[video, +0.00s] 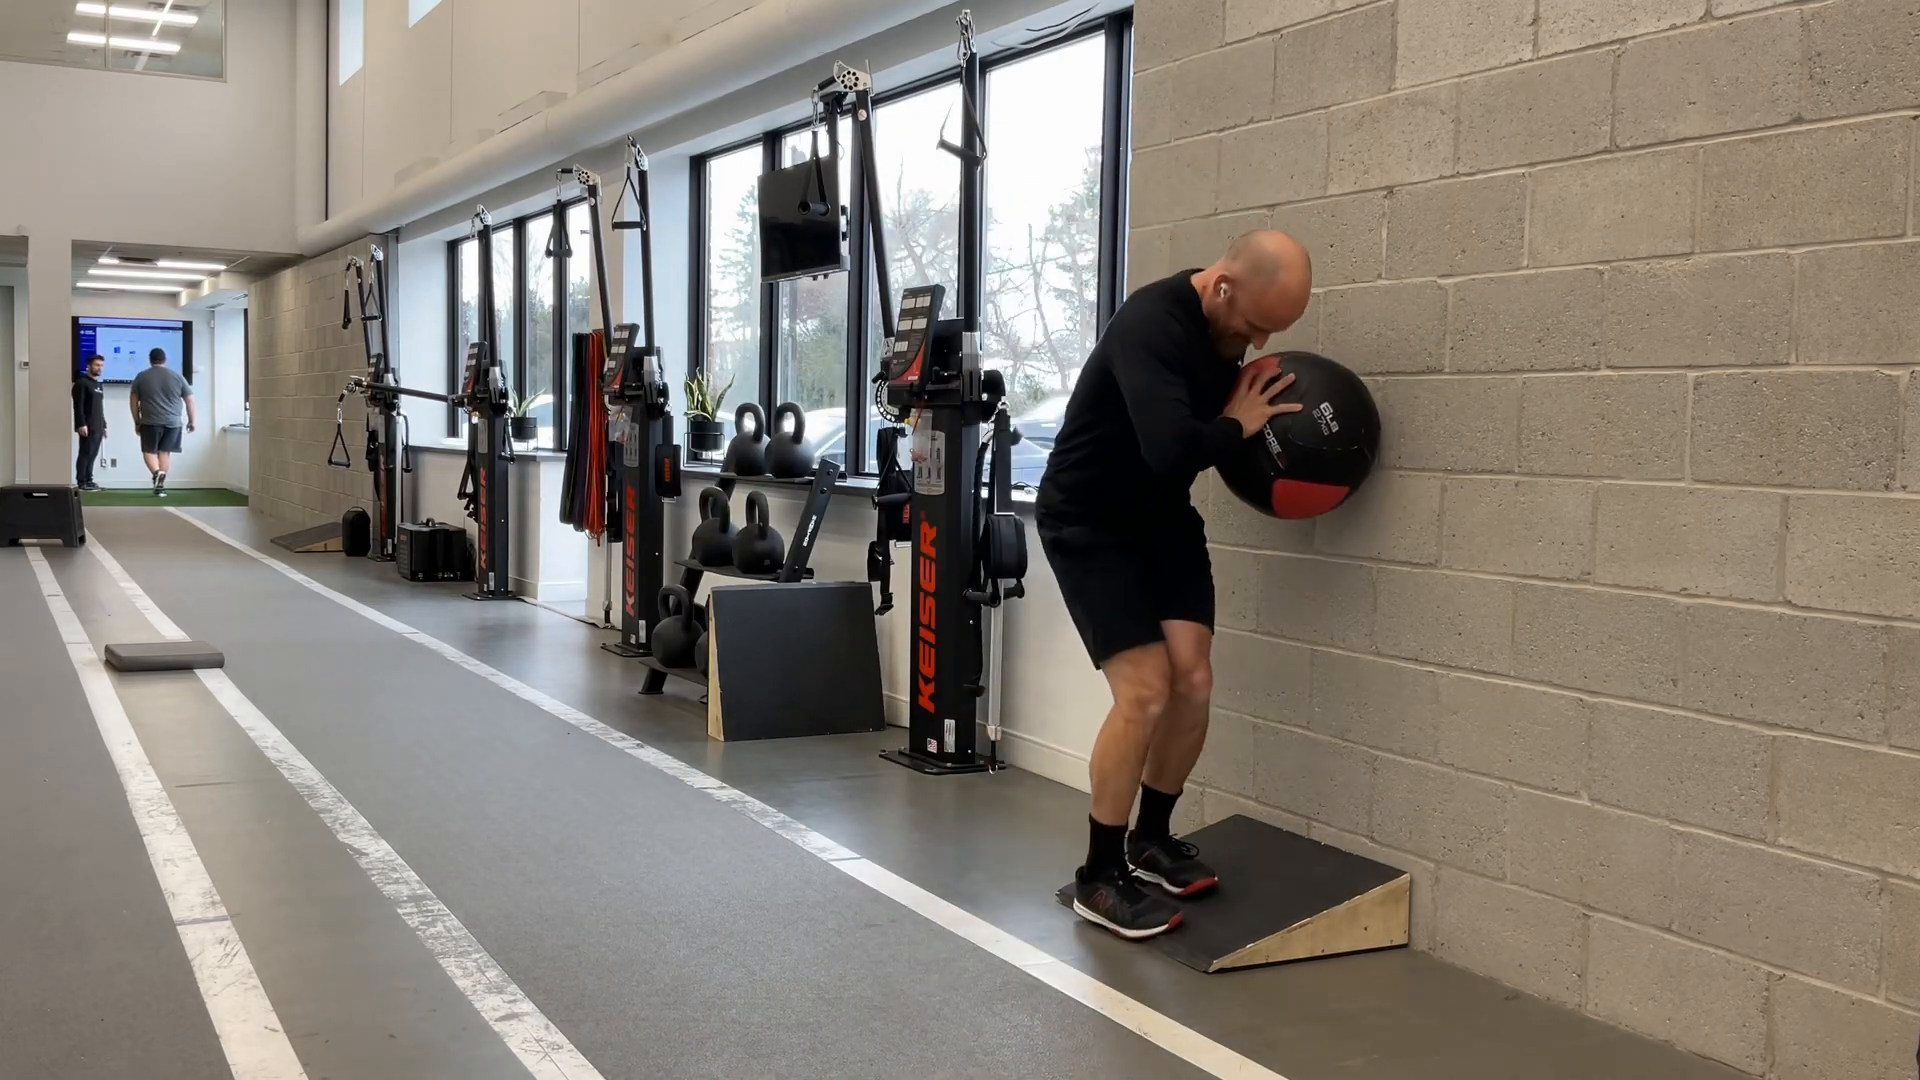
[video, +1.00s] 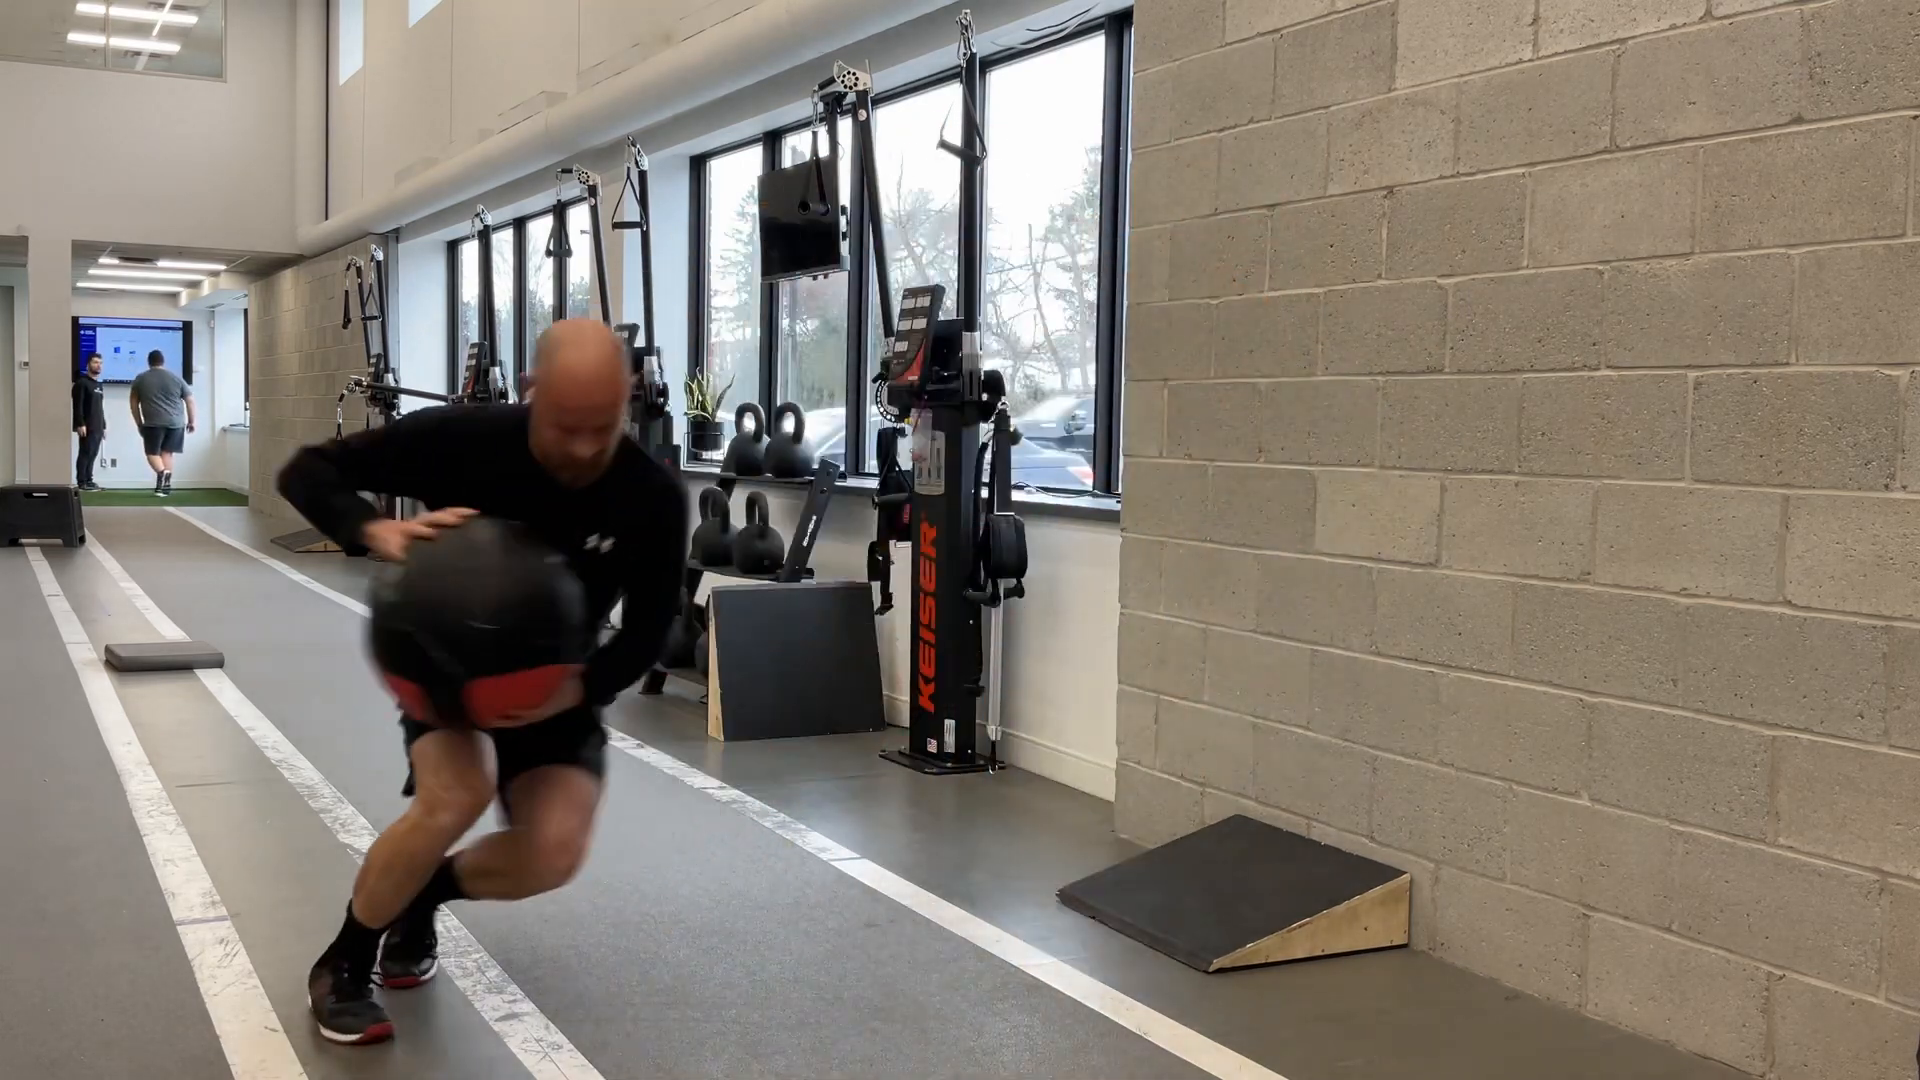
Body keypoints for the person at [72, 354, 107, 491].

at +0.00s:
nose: (99, 368)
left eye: (101, 366)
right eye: (97, 365)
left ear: (102, 367)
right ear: (89, 366)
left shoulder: (98, 385)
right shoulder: (81, 383)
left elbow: (99, 408)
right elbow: (78, 406)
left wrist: (103, 424)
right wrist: (81, 424)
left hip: (98, 425)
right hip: (88, 425)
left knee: (92, 454)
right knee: (85, 454)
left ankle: (89, 479)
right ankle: (82, 481)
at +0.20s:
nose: (100, 369)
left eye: (101, 366)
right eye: (97, 365)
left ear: (103, 368)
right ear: (90, 366)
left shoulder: (98, 385)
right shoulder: (81, 383)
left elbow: (99, 408)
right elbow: (78, 406)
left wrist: (102, 425)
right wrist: (81, 424)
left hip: (97, 425)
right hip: (87, 426)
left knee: (92, 455)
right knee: (85, 454)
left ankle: (89, 479)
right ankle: (82, 480)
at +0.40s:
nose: (100, 369)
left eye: (102, 366)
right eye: (97, 366)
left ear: (103, 368)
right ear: (90, 366)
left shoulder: (98, 385)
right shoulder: (81, 383)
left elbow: (98, 408)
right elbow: (78, 406)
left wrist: (102, 425)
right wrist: (81, 424)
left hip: (97, 425)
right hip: (87, 425)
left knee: (92, 454)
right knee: (85, 454)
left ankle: (89, 479)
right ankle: (82, 481)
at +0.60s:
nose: (100, 369)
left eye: (102, 366)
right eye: (97, 365)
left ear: (103, 368)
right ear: (90, 366)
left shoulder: (98, 385)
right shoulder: (81, 383)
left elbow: (98, 408)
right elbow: (78, 406)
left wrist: (103, 425)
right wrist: (81, 423)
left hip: (97, 425)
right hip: (87, 425)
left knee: (92, 454)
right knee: (85, 454)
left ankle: (89, 479)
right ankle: (82, 481)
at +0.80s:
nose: (99, 367)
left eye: (101, 364)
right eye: (96, 363)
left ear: (102, 366)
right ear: (89, 365)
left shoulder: (98, 385)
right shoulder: (81, 383)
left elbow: (99, 407)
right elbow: (78, 406)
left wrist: (103, 424)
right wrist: (80, 424)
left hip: (97, 425)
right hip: (87, 425)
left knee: (92, 455)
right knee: (85, 454)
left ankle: (89, 479)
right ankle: (82, 481)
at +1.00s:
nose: (98, 365)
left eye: (100, 363)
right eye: (95, 362)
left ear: (101, 365)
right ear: (88, 365)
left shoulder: (98, 385)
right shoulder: (81, 383)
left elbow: (99, 407)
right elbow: (78, 406)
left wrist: (103, 425)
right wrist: (80, 424)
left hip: (97, 425)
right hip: (87, 426)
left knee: (92, 454)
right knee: (85, 454)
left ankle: (89, 479)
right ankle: (82, 481)